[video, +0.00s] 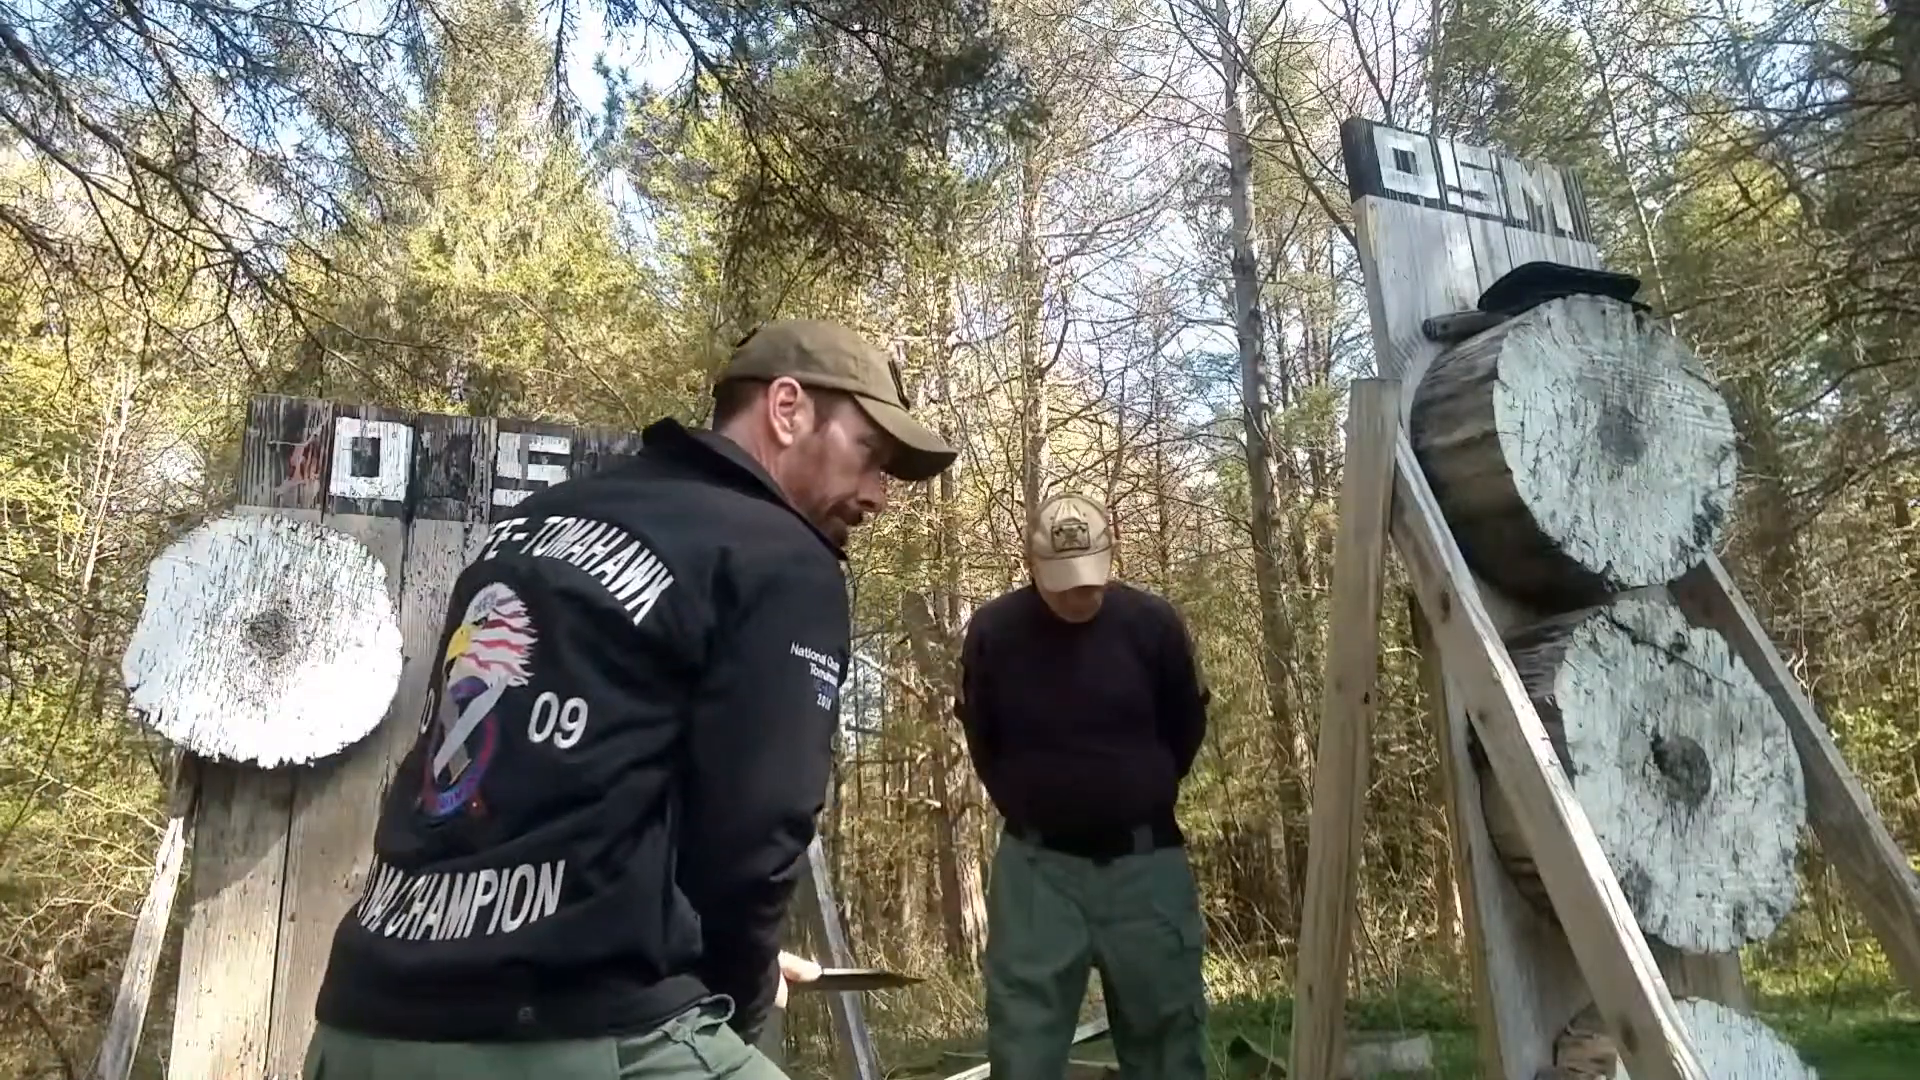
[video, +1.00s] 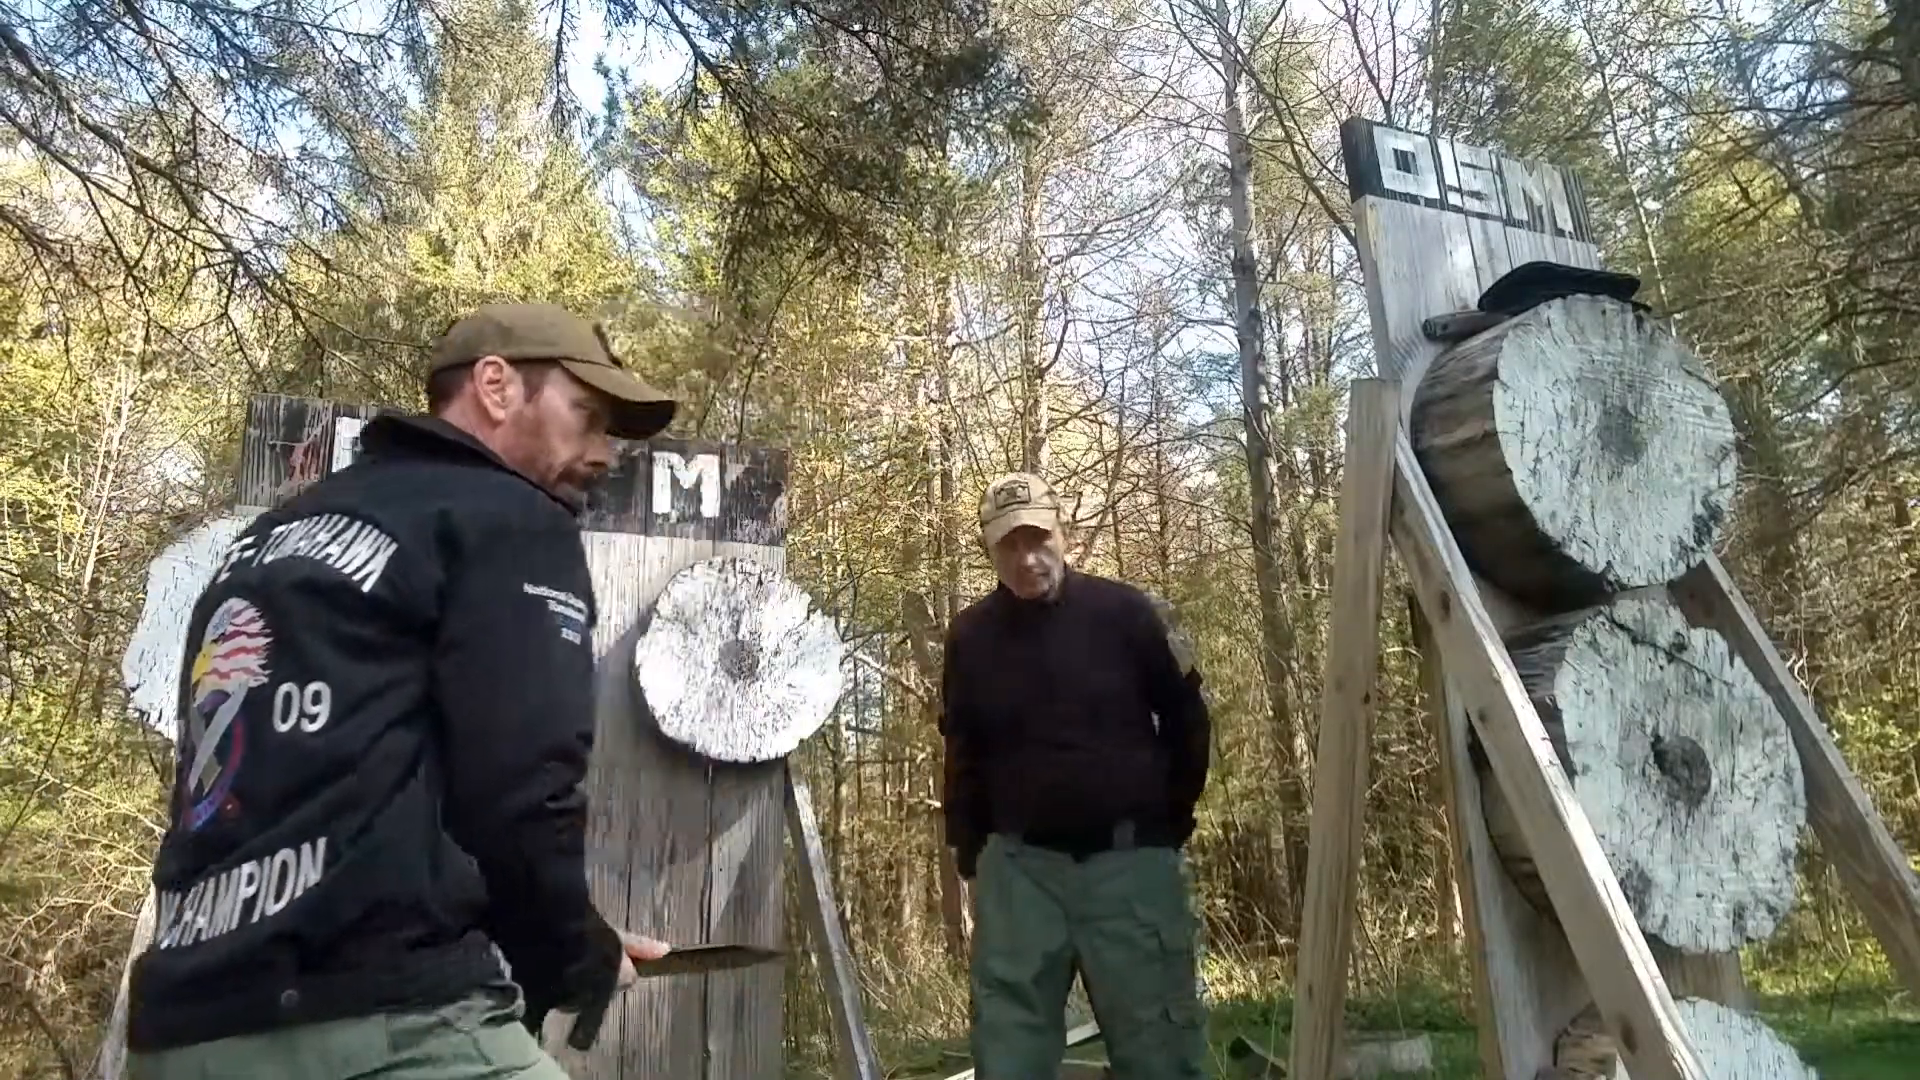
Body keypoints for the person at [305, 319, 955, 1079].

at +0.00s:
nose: (881, 495)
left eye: (889, 470)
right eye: (872, 455)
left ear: (775, 413)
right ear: (785, 411)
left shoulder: (548, 510)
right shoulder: (782, 559)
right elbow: (752, 833)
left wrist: (738, 951)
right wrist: (742, 994)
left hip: (374, 1014)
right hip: (595, 1026)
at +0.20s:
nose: (874, 492)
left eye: (882, 467)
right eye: (864, 450)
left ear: (768, 407)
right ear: (778, 405)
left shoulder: (536, 507)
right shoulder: (773, 553)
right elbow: (747, 833)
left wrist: (738, 948)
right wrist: (738, 995)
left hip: (368, 1017)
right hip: (590, 1026)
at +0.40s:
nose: (863, 486)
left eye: (870, 460)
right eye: (855, 444)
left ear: (760, 402)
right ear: (769, 401)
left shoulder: (524, 502)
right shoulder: (765, 548)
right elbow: (740, 824)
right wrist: (734, 983)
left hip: (361, 1018)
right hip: (584, 1024)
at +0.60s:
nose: (837, 478)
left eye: (844, 451)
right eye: (829, 436)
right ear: (741, 392)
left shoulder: (498, 499)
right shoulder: (740, 534)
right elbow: (723, 813)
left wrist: (731, 935)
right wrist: (724, 974)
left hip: (345, 1021)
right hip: (566, 1022)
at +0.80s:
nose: (751, 458)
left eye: (756, 430)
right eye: (739, 416)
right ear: (650, 381)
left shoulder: (419, 506)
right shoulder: (662, 519)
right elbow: (656, 797)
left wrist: (680, 928)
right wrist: (685, 966)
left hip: (298, 1016)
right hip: (512, 1008)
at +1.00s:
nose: (605, 455)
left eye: (609, 429)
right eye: (586, 413)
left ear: (492, 393)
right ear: (497, 389)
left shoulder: (271, 527)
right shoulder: (508, 518)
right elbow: (514, 794)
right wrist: (581, 964)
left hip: (182, 1023)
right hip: (385, 1012)